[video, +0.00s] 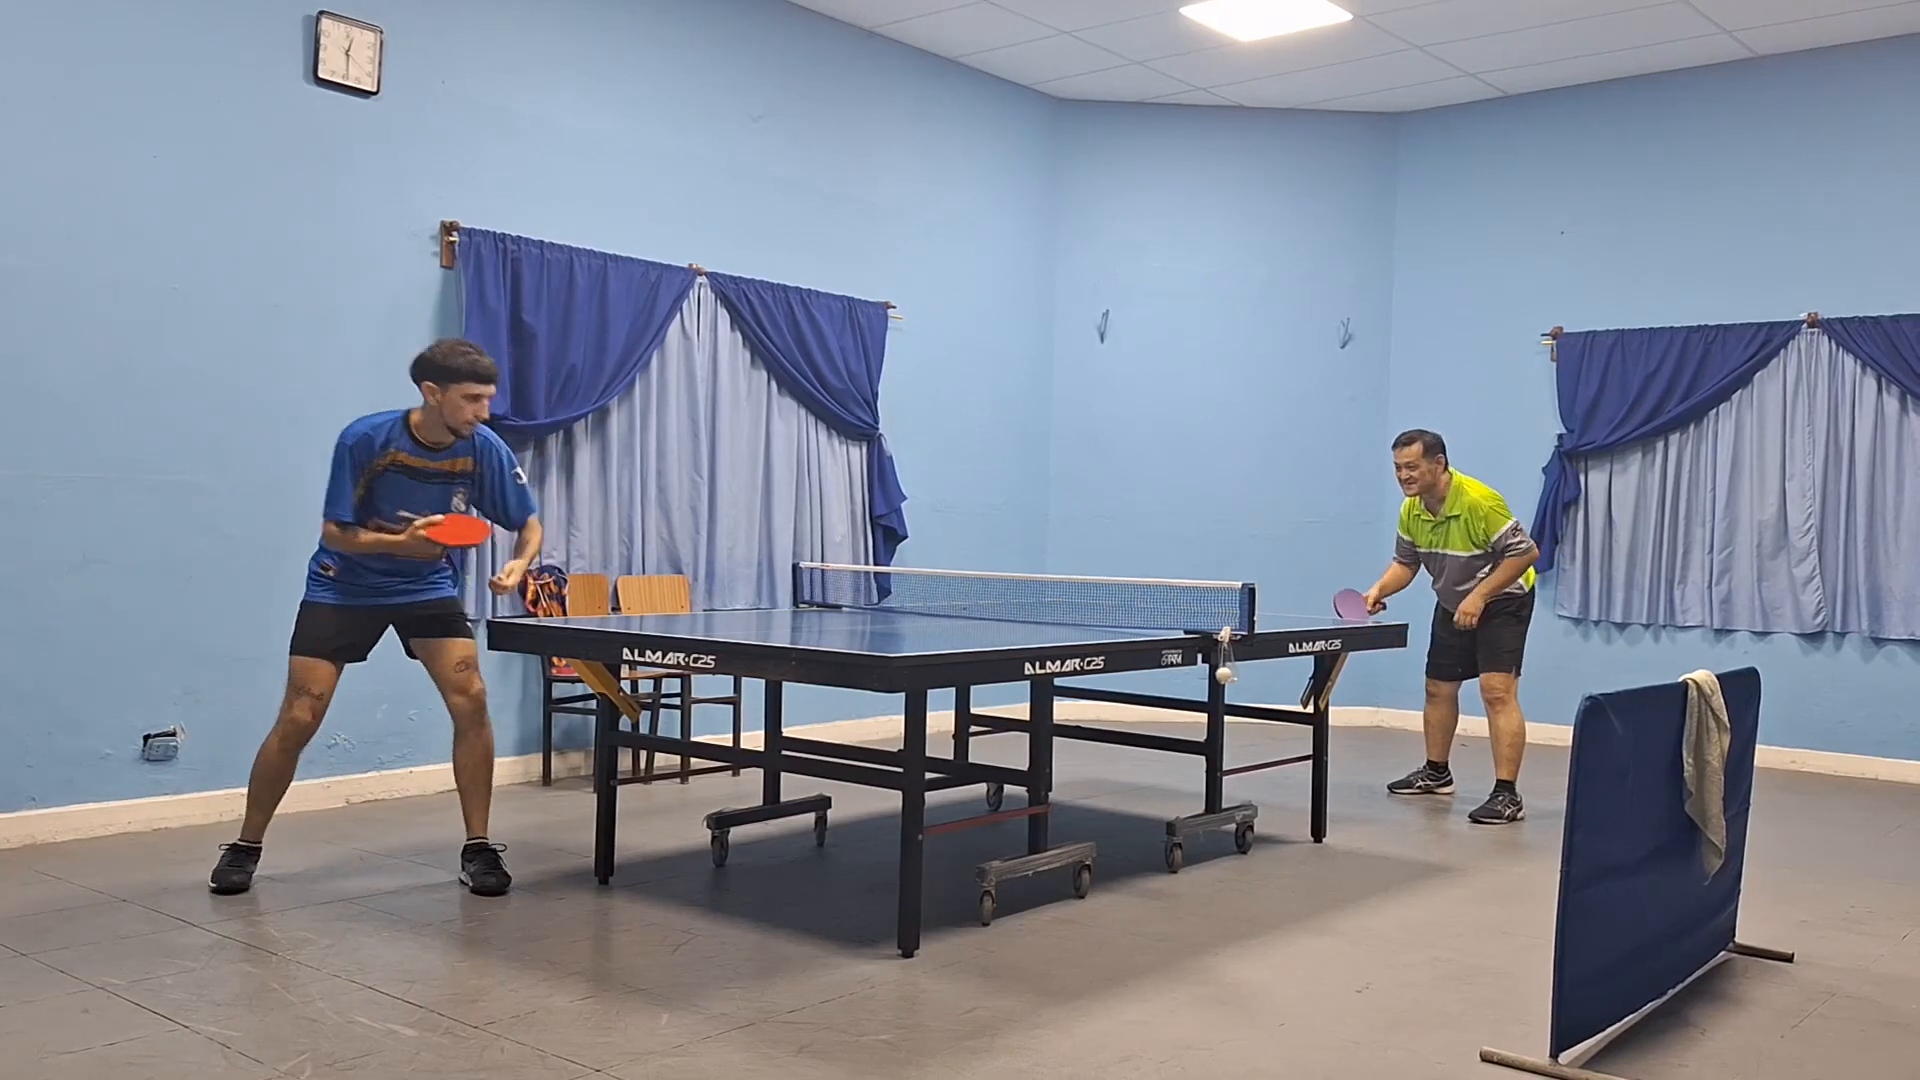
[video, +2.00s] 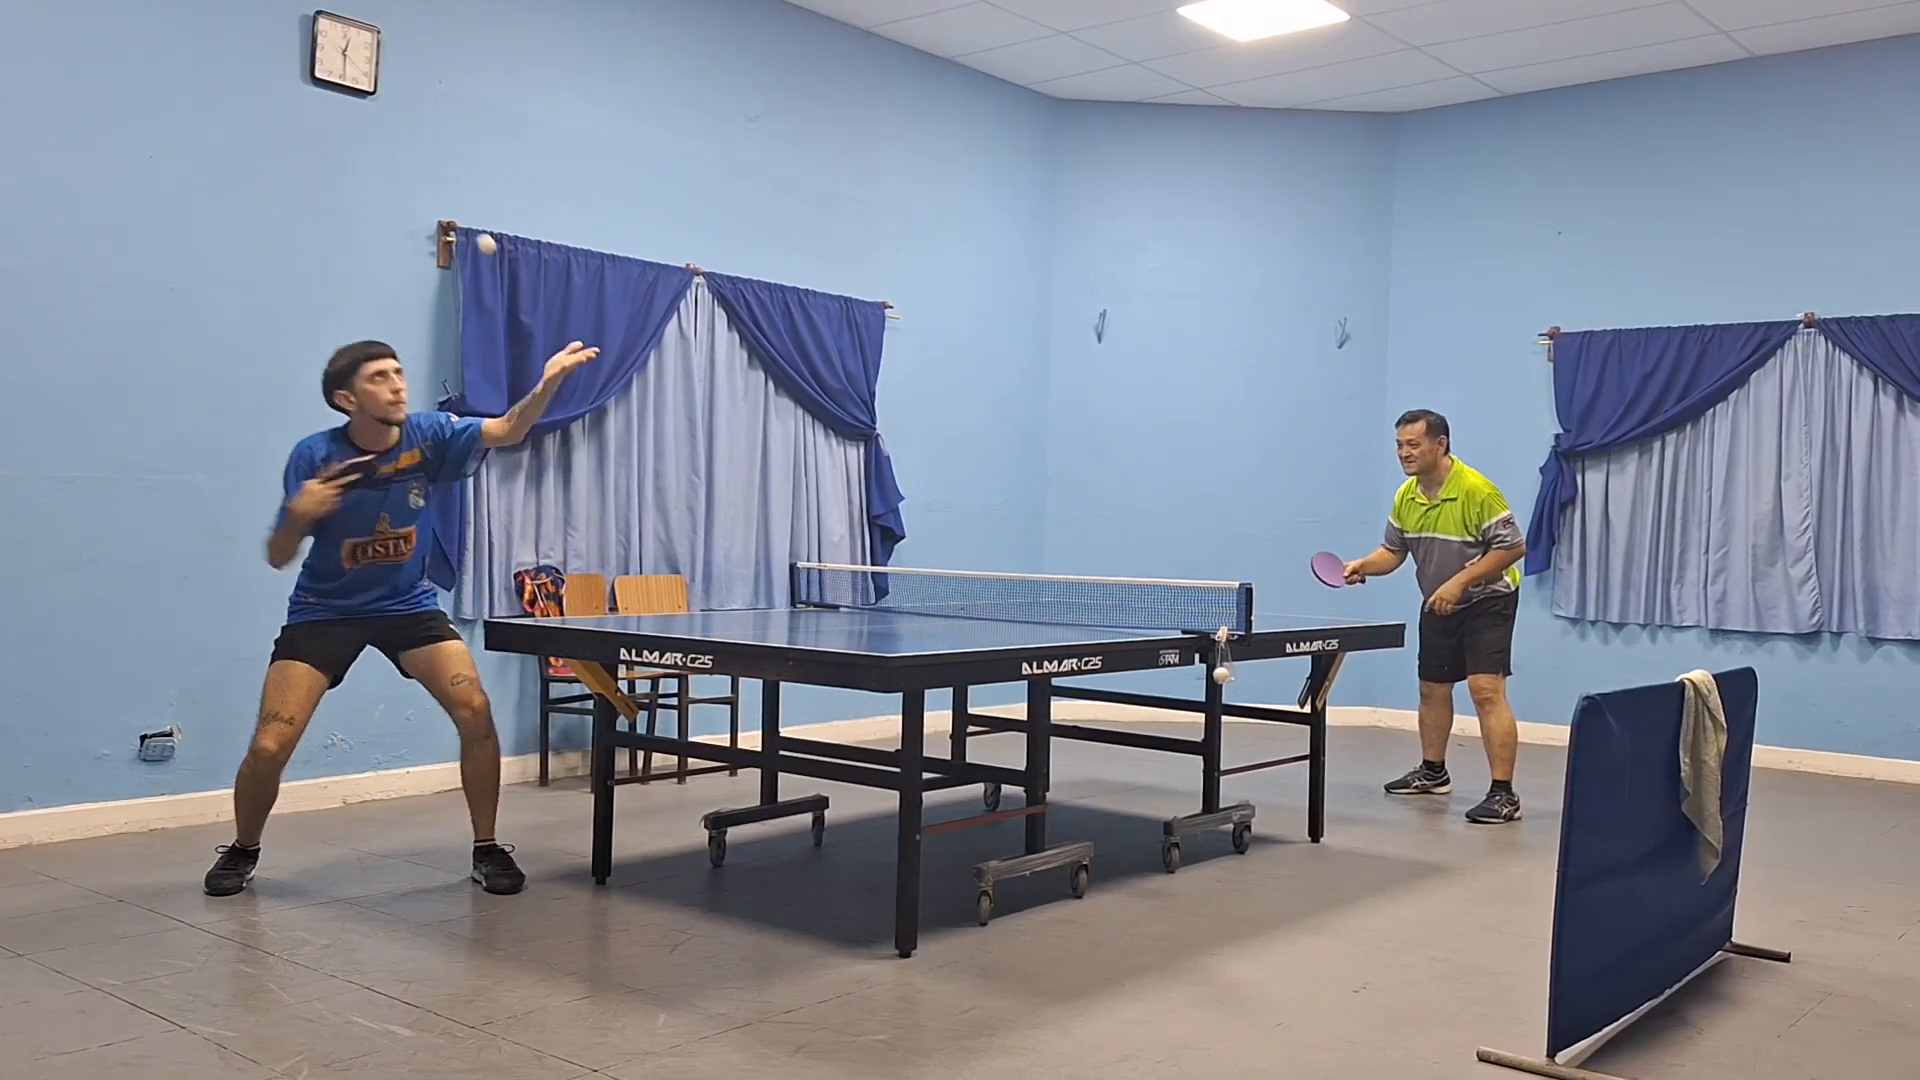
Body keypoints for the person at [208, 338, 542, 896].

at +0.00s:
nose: (483, 412)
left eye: (488, 400)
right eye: (472, 400)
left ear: (489, 397)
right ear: (432, 393)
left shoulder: (485, 451)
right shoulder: (363, 440)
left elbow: (531, 525)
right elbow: (334, 532)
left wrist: (521, 562)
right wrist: (395, 545)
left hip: (428, 586)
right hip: (343, 585)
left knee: (470, 695)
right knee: (300, 717)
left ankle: (478, 846)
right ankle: (246, 846)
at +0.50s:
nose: (481, 457)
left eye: (487, 443)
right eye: (470, 443)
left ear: (493, 439)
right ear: (433, 437)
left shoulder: (486, 485)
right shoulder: (372, 476)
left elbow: (525, 550)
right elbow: (340, 574)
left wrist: (537, 563)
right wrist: (412, 566)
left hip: (416, 606)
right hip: (335, 607)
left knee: (473, 701)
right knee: (290, 733)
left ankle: (491, 846)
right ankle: (243, 849)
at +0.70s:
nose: (514, 530)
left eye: (518, 518)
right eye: (503, 518)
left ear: (522, 514)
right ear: (463, 509)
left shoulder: (507, 541)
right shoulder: (401, 537)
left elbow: (547, 593)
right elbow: (392, 645)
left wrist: (567, 599)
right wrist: (458, 625)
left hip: (437, 639)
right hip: (359, 639)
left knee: (508, 711)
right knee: (283, 758)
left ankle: (493, 849)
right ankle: (248, 850)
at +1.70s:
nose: (478, 477)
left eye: (482, 465)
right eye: (465, 467)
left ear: (487, 466)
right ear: (425, 471)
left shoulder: (479, 507)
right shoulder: (369, 515)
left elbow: (515, 540)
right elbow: (358, 611)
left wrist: (560, 542)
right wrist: (428, 604)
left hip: (423, 640)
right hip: (345, 640)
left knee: (504, 713)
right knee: (282, 767)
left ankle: (488, 850)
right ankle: (247, 851)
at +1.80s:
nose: (455, 439)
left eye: (458, 428)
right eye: (439, 430)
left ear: (463, 432)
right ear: (401, 441)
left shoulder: (467, 477)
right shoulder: (357, 491)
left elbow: (520, 486)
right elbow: (353, 591)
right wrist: (416, 562)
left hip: (423, 623)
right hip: (342, 627)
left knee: (497, 712)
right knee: (280, 761)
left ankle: (488, 850)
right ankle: (245, 851)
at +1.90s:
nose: (428, 407)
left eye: (429, 397)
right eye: (412, 399)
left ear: (435, 404)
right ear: (374, 416)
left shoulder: (446, 446)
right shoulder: (337, 471)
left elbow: (511, 439)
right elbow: (330, 575)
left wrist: (541, 383)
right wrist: (376, 530)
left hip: (418, 611)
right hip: (336, 618)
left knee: (487, 709)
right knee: (276, 752)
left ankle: (488, 849)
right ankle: (244, 850)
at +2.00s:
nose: (396, 385)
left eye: (398, 375)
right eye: (379, 378)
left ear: (405, 385)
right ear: (345, 398)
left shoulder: (431, 433)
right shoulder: (314, 455)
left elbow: (509, 428)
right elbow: (278, 556)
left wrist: (548, 380)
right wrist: (298, 516)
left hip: (408, 604)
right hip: (324, 609)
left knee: (474, 708)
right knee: (268, 747)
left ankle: (487, 849)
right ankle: (243, 849)